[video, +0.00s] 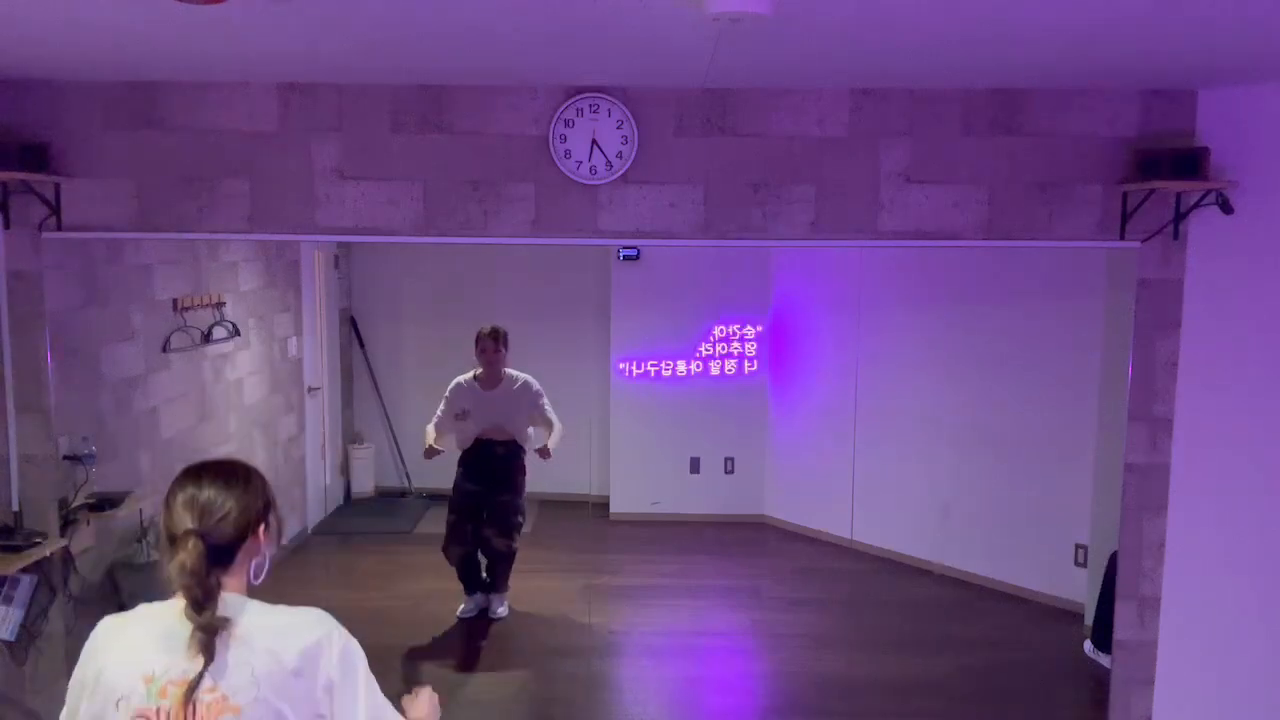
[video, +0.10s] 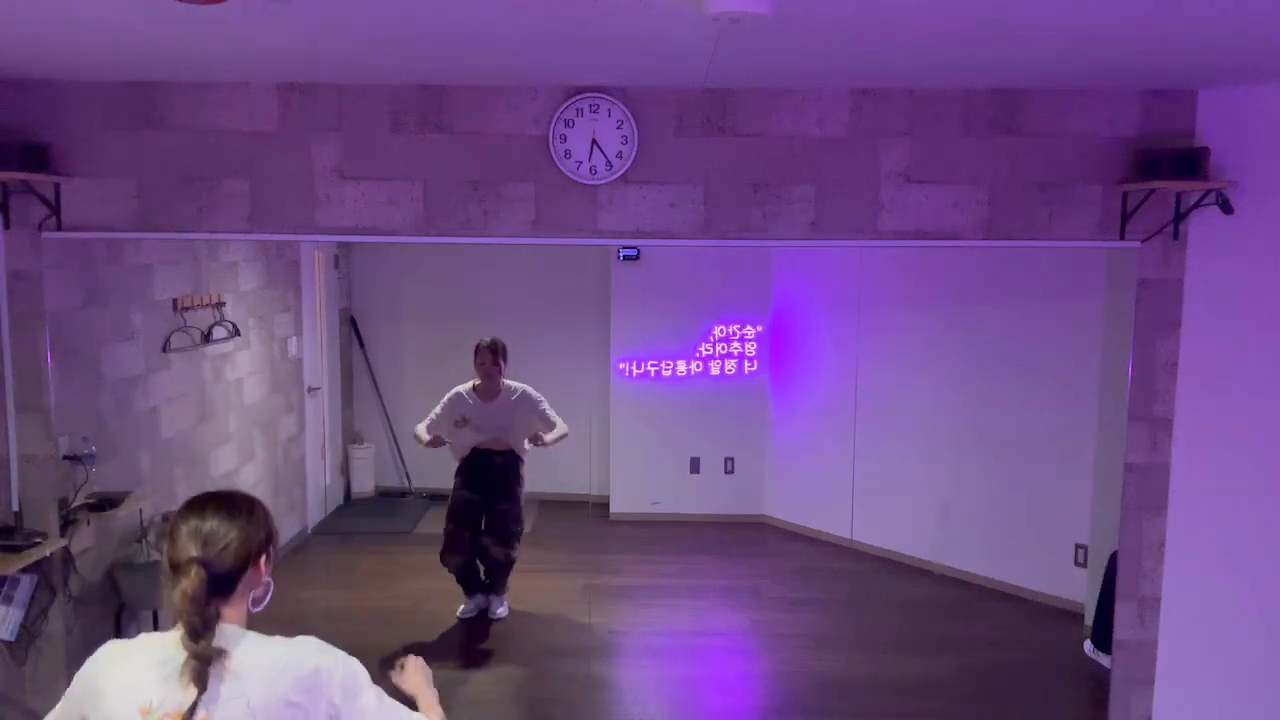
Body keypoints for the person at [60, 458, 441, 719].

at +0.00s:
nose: (274, 537)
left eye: (271, 522)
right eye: (274, 524)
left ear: (172, 537)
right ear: (260, 537)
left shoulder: (109, 641)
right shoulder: (315, 640)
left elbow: (73, 713)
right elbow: (380, 718)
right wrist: (418, 715)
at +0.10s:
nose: (272, 561)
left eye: (268, 549)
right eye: (270, 552)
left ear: (174, 566)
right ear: (260, 569)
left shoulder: (106, 668)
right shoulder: (318, 669)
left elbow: (57, 715)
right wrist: (427, 699)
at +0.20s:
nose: (277, 586)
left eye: (272, 572)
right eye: (275, 575)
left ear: (179, 580)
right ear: (264, 591)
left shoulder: (112, 679)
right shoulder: (310, 682)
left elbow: (45, 698)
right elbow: (445, 713)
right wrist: (414, 662)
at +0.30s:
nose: (281, 594)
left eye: (276, 580)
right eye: (280, 582)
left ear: (184, 590)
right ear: (267, 598)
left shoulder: (126, 674)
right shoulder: (291, 684)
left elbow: (60, 636)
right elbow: (454, 683)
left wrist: (168, 631)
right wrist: (394, 641)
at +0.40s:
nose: (280, 574)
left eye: (277, 562)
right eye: (279, 563)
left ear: (191, 570)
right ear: (266, 582)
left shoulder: (141, 643)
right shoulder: (284, 659)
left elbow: (79, 577)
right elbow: (455, 637)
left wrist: (178, 619)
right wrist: (350, 647)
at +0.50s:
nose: (284, 528)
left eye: (280, 515)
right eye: (282, 517)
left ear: (186, 525)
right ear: (269, 534)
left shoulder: (134, 600)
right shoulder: (304, 610)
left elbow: (95, 569)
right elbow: (449, 637)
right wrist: (342, 634)